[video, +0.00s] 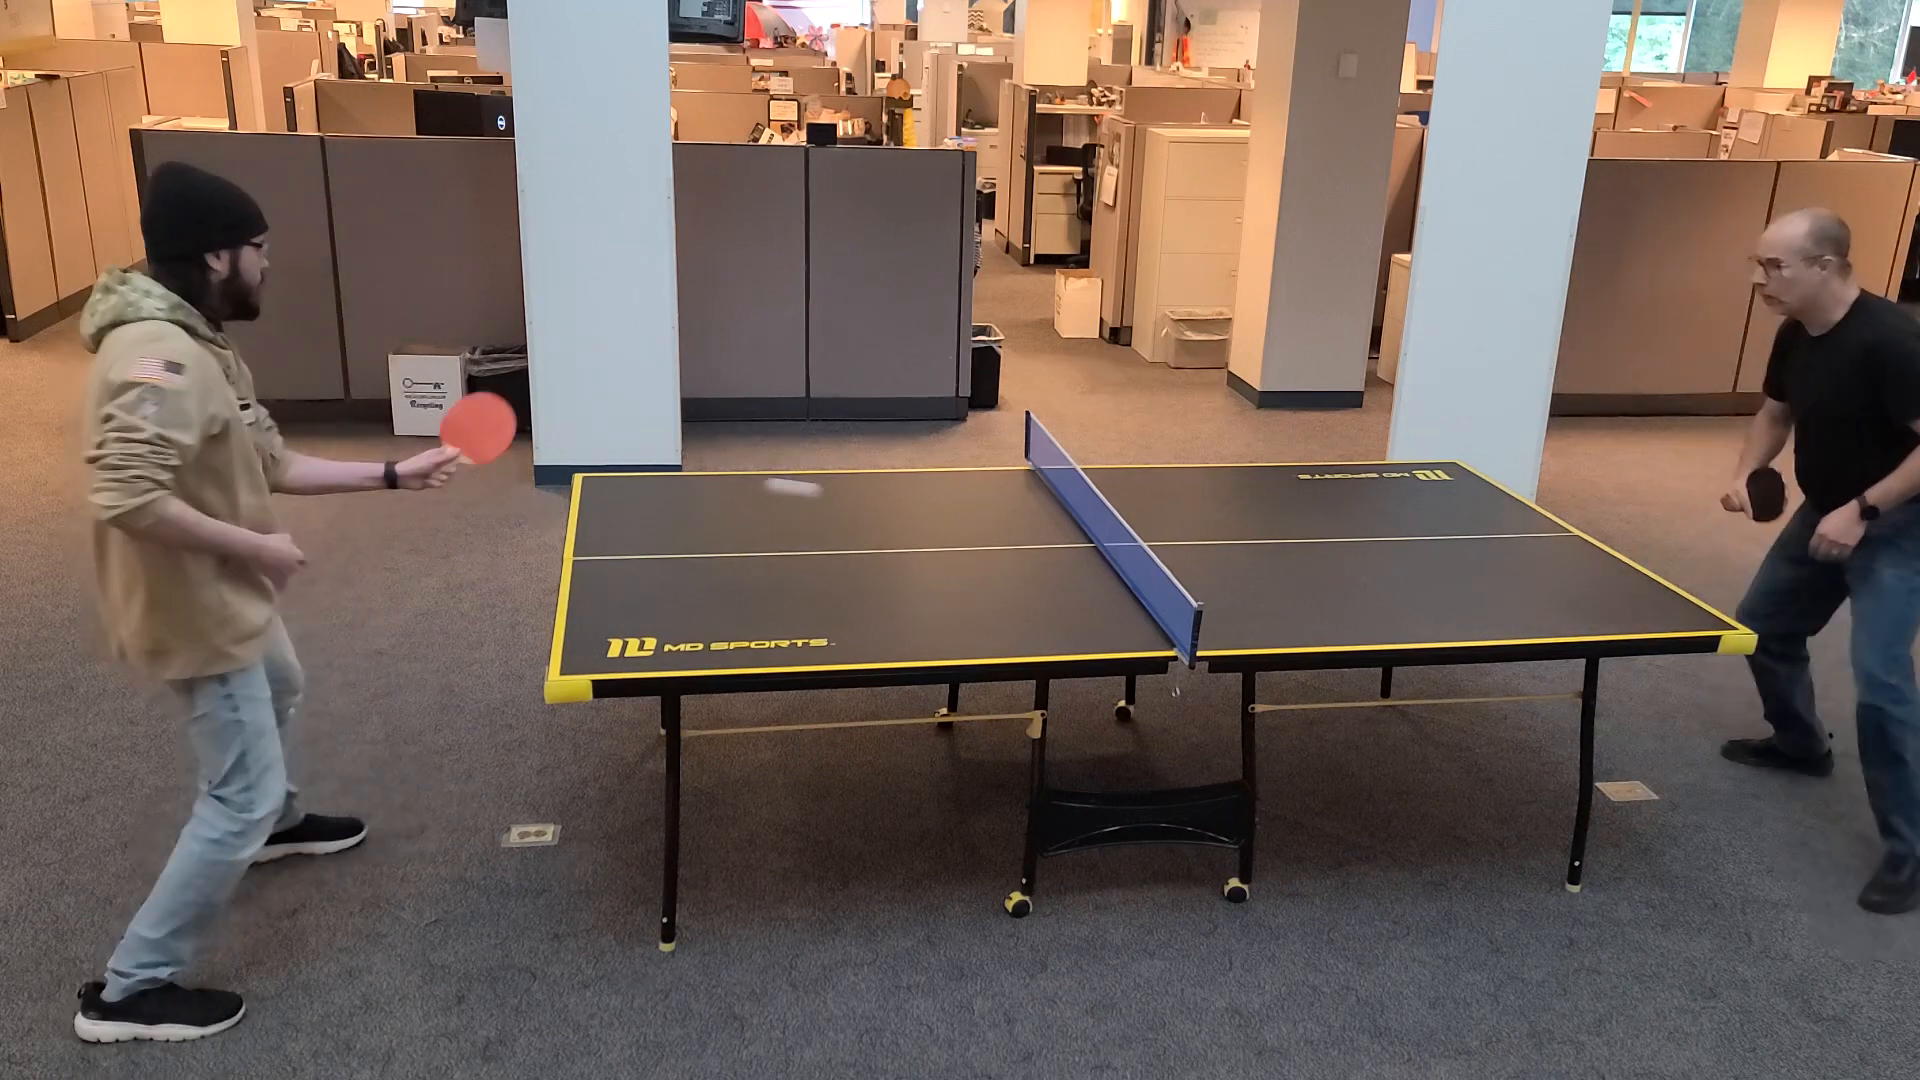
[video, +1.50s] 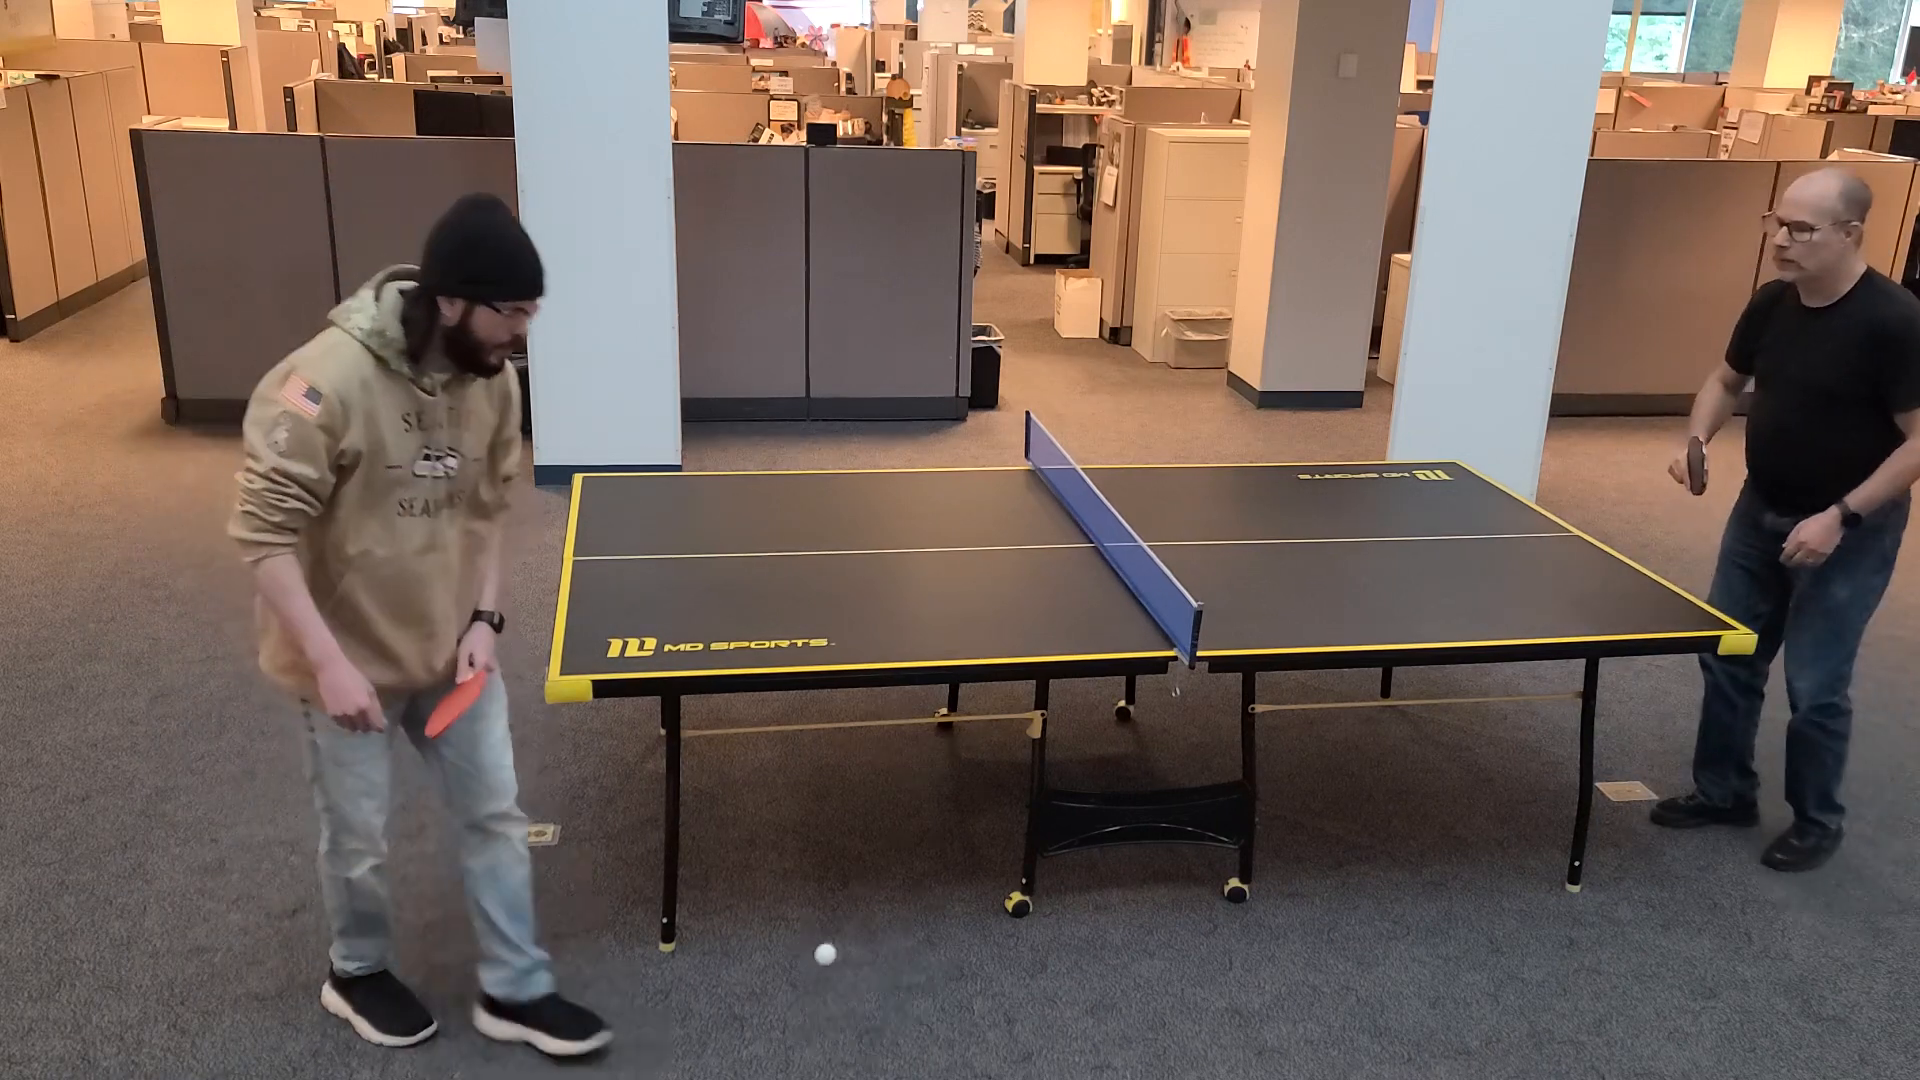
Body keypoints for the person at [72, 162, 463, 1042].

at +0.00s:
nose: (266, 264)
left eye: (262, 247)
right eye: (255, 248)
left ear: (200, 257)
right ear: (213, 257)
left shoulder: (202, 347)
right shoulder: (153, 355)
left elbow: (274, 467)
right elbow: (128, 496)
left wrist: (393, 471)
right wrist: (250, 544)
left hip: (231, 589)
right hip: (194, 610)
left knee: (278, 686)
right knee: (245, 796)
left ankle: (267, 818)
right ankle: (131, 985)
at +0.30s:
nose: (273, 239)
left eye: (268, 222)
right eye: (258, 224)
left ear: (212, 238)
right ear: (206, 238)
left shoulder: (227, 325)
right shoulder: (137, 332)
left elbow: (271, 449)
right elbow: (84, 475)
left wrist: (355, 487)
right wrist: (210, 541)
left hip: (241, 579)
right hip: (181, 600)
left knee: (285, 695)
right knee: (208, 783)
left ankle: (280, 831)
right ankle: (130, 983)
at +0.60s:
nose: (315, 223)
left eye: (315, 207)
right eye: (298, 209)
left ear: (271, 214)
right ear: (244, 217)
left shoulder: (262, 298)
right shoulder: (191, 305)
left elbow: (270, 434)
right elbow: (116, 438)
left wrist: (318, 515)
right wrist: (221, 544)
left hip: (275, 551)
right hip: (227, 568)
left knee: (294, 700)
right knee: (278, 734)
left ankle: (278, 828)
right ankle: (182, 926)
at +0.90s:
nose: (367, 244)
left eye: (370, 228)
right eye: (352, 230)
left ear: (333, 234)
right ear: (298, 234)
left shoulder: (327, 314)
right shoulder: (236, 321)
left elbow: (338, 438)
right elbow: (143, 450)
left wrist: (364, 528)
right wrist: (192, 578)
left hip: (307, 561)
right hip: (257, 574)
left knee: (286, 694)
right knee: (329, 745)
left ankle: (273, 830)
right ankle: (355, 951)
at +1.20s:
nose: (428, 290)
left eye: (430, 273)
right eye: (413, 276)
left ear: (377, 274)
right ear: (352, 277)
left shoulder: (400, 345)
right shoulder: (262, 373)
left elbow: (417, 470)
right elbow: (195, 517)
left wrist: (430, 574)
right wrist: (262, 642)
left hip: (395, 609)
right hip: (316, 632)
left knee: (420, 731)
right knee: (367, 800)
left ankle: (333, 809)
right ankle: (361, 965)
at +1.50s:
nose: (524, 329)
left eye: (528, 312)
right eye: (514, 312)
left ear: (471, 305)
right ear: (452, 303)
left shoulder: (494, 377)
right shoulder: (322, 385)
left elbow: (492, 511)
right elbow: (261, 537)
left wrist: (487, 616)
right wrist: (329, 662)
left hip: (452, 635)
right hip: (347, 651)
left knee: (494, 816)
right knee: (357, 832)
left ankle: (516, 987)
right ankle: (358, 972)